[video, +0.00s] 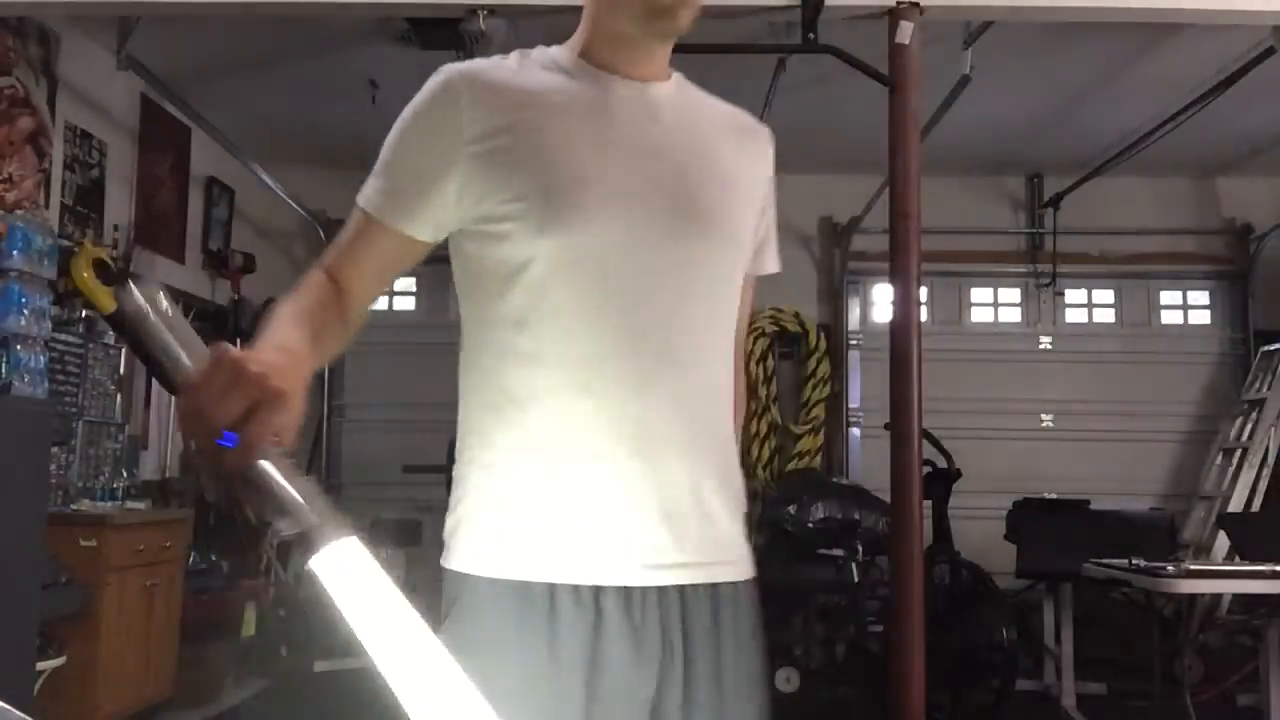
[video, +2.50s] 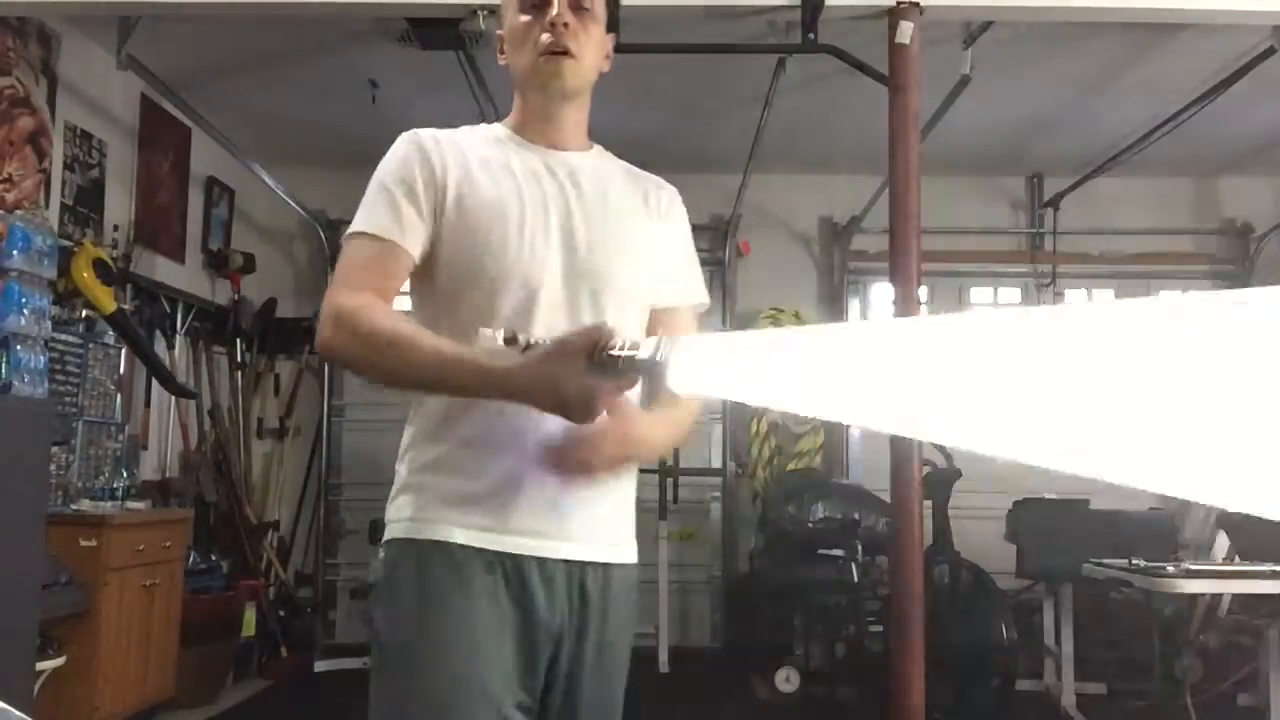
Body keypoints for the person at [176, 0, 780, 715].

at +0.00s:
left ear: (706, 1)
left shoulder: (745, 143)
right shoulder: (472, 101)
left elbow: (729, 367)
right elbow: (341, 282)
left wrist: (722, 536)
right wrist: (280, 360)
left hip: (709, 594)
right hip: (527, 594)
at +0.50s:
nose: (632, 9)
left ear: (671, 20)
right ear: (560, 16)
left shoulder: (690, 196)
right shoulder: (484, 142)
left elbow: (696, 404)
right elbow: (424, 362)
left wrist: (760, 571)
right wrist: (537, 424)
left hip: (638, 586)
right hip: (506, 575)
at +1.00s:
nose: (600, 10)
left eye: (623, 2)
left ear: (647, 41)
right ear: (538, 30)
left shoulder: (664, 201)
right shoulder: (456, 150)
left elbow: (673, 403)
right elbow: (269, 273)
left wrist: (681, 577)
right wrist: (381, 371)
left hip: (633, 571)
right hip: (495, 561)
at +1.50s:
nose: (571, 10)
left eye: (593, 1)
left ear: (618, 40)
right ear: (508, 30)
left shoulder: (660, 202)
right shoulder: (435, 151)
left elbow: (664, 403)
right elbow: (372, 355)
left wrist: (692, 581)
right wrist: (497, 355)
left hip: (614, 571)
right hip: (464, 561)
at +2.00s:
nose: (573, 13)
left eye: (594, 2)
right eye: (548, 0)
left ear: (619, 41)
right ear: (510, 34)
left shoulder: (652, 206)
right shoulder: (432, 156)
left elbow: (652, 400)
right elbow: (358, 348)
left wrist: (698, 560)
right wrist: (432, 432)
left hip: (610, 574)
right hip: (461, 558)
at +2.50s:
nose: (558, 16)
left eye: (581, 6)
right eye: (534, 5)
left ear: (608, 50)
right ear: (501, 43)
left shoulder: (656, 204)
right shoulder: (430, 158)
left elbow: (684, 386)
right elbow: (345, 323)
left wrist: (640, 436)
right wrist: (520, 377)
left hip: (601, 562)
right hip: (453, 553)